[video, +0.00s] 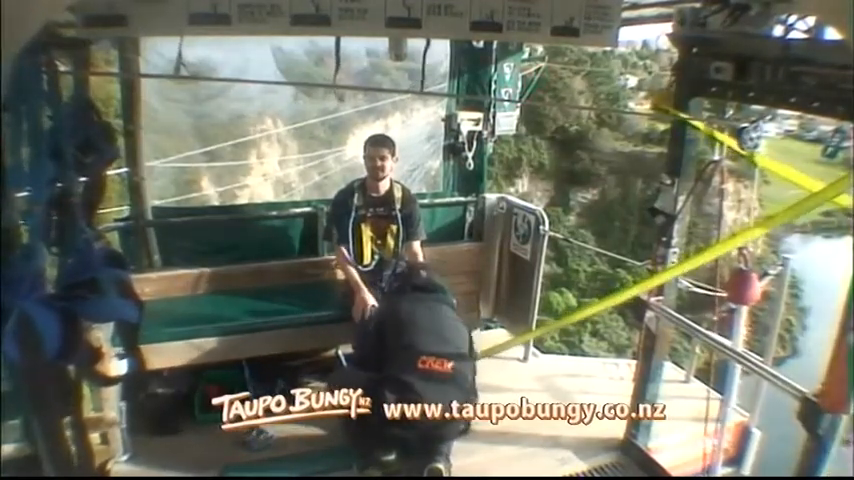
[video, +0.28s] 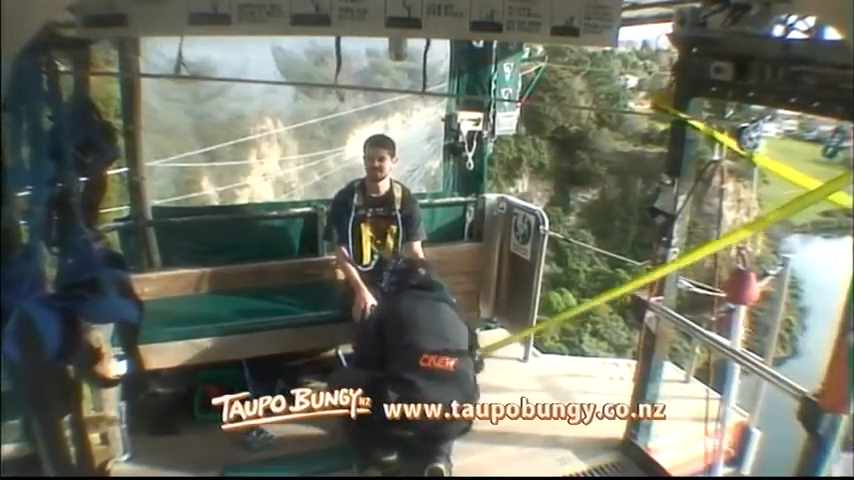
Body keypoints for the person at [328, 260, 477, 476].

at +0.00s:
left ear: (397, 286)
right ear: (438, 291)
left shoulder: (386, 311)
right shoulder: (458, 322)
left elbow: (366, 364)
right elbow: (469, 380)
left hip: (399, 413)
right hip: (453, 418)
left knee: (341, 382)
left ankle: (377, 451)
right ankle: (440, 458)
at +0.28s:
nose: (385, 287)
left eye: (389, 282)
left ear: (395, 283)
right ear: (433, 283)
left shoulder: (387, 308)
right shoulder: (454, 314)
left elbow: (366, 361)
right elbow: (474, 365)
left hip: (402, 411)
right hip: (457, 413)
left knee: (341, 382)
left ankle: (378, 452)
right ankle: (441, 457)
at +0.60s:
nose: (389, 280)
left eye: (394, 275)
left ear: (400, 279)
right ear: (437, 280)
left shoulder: (390, 307)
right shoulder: (456, 312)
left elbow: (366, 362)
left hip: (402, 411)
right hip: (455, 415)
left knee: (341, 381)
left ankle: (377, 451)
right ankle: (441, 456)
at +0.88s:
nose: (388, 280)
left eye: (393, 275)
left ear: (398, 279)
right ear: (438, 280)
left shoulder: (390, 305)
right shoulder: (460, 313)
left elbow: (367, 362)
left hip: (399, 415)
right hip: (451, 418)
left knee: (341, 381)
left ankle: (378, 453)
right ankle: (440, 458)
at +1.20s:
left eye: (388, 281)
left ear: (393, 283)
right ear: (434, 283)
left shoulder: (387, 309)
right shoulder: (455, 314)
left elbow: (365, 364)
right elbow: (464, 363)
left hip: (396, 421)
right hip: (448, 423)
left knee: (340, 381)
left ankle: (380, 455)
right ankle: (438, 458)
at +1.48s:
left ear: (392, 286)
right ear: (432, 284)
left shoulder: (383, 311)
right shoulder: (453, 316)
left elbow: (365, 365)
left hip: (396, 421)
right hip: (447, 423)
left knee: (340, 380)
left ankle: (379, 454)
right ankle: (439, 458)